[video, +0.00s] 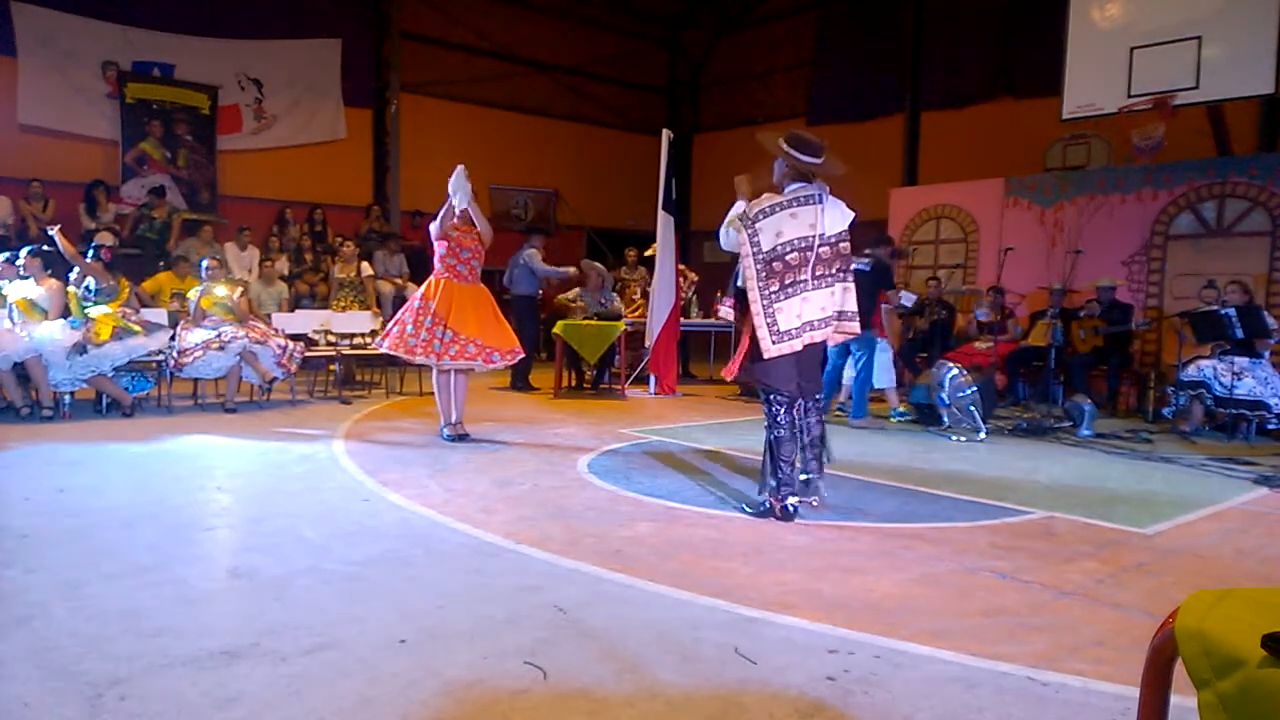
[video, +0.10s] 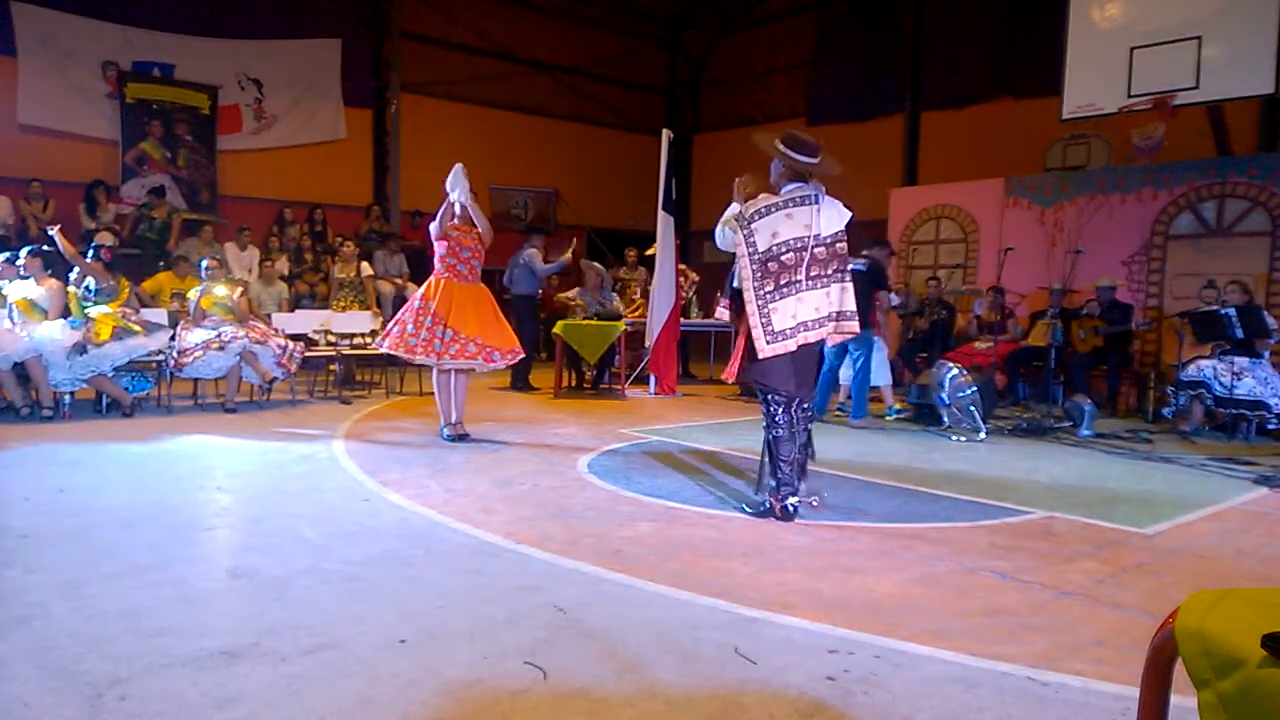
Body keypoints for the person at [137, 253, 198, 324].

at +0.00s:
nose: (187, 270)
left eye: (188, 267)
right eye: (184, 267)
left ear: (190, 268)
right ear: (176, 267)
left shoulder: (194, 282)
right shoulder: (163, 278)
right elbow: (141, 291)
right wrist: (154, 307)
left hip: (187, 317)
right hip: (164, 315)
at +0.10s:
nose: (187, 270)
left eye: (188, 267)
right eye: (184, 267)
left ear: (190, 268)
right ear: (175, 267)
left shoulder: (194, 282)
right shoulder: (163, 278)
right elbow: (141, 291)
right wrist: (154, 307)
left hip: (187, 317)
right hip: (164, 314)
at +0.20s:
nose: (187, 270)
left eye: (188, 267)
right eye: (184, 268)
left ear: (190, 268)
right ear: (175, 268)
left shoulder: (194, 282)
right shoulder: (163, 278)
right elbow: (141, 291)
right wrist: (154, 307)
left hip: (187, 317)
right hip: (164, 315)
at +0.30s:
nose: (187, 271)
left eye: (188, 268)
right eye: (184, 268)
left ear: (190, 268)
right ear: (175, 267)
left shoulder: (194, 282)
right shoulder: (163, 278)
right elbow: (141, 291)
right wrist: (154, 307)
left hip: (187, 317)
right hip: (165, 315)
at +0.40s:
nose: (187, 271)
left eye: (188, 268)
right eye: (184, 268)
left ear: (190, 268)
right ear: (175, 267)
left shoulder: (194, 282)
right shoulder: (163, 278)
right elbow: (141, 291)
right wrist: (154, 307)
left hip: (187, 316)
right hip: (164, 314)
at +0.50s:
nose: (187, 271)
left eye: (188, 268)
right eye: (184, 268)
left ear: (190, 268)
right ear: (175, 268)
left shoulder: (194, 282)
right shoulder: (163, 278)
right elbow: (141, 291)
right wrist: (154, 307)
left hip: (187, 316)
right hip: (164, 314)